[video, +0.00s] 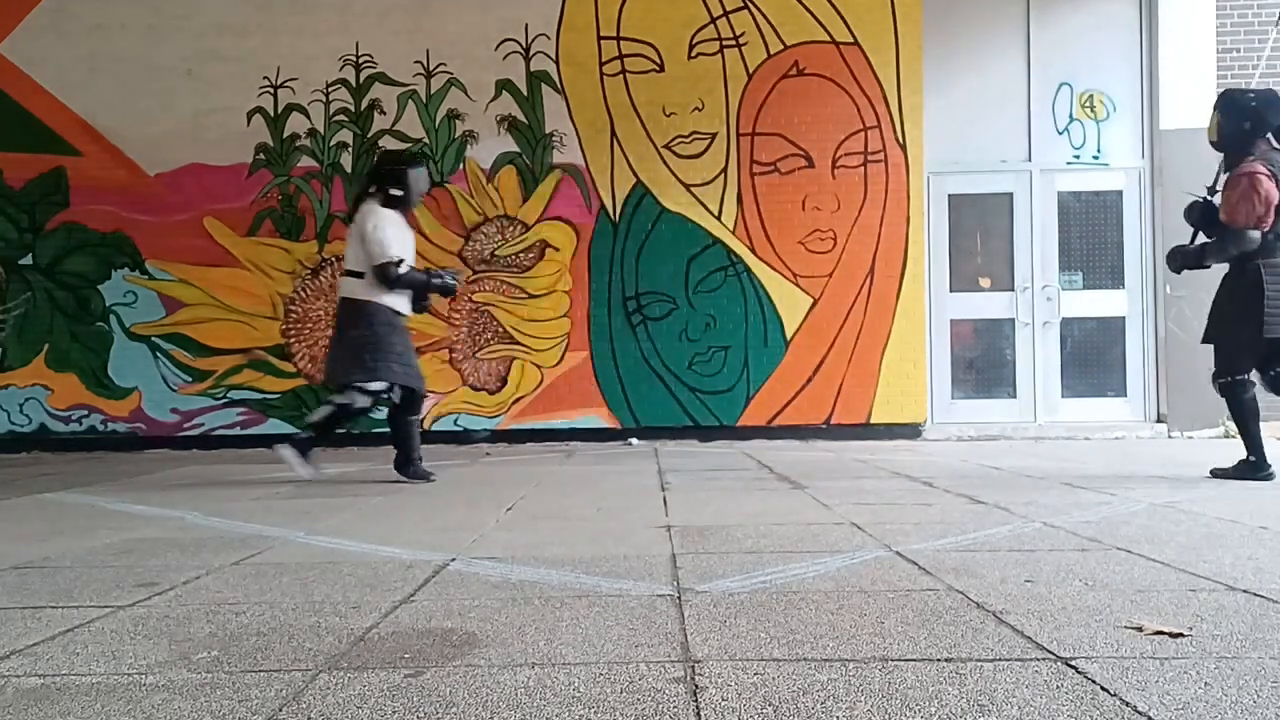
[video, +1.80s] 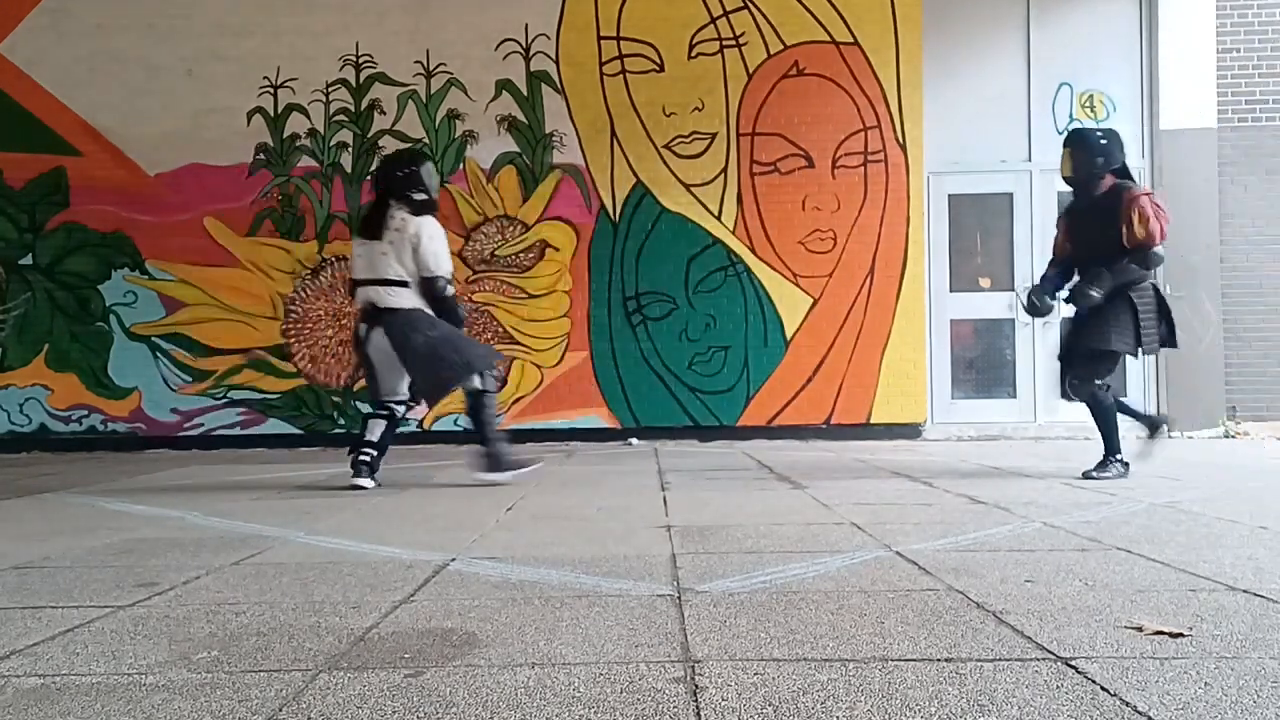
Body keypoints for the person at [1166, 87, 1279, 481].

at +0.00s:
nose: (1213, 129)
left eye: (1219, 121)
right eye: (1214, 120)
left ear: (1241, 126)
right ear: (1256, 126)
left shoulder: (1249, 175)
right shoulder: (1269, 167)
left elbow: (1242, 242)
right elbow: (1259, 233)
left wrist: (1192, 255)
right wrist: (1214, 223)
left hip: (1252, 284)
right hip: (1273, 281)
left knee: (1231, 372)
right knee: (1273, 373)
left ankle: (1256, 459)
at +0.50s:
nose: (1183, 147)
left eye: (1190, 140)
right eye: (1183, 139)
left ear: (1212, 143)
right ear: (1225, 145)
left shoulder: (1222, 185)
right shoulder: (1242, 179)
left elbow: (1208, 249)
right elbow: (1227, 239)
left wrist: (1161, 262)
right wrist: (1183, 229)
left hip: (1225, 287)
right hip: (1247, 285)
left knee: (1172, 359)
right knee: (1230, 370)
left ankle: (1220, 439)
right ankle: (1260, 452)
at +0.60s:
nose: (1176, 150)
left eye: (1183, 142)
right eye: (1176, 141)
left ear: (1207, 146)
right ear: (1216, 147)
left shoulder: (1217, 187)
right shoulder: (1228, 180)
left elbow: (1201, 249)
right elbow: (1216, 242)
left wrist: (1153, 264)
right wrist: (1171, 232)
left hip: (1218, 289)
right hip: (1237, 288)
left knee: (1169, 361)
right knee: (1224, 370)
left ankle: (1174, 449)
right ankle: (1259, 451)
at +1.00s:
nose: (1130, 156)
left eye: (1136, 149)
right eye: (1131, 148)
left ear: (1158, 154)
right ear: (1166, 155)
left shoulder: (1169, 195)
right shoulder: (1176, 189)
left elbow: (1152, 254)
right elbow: (1162, 244)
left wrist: (1105, 272)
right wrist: (1126, 242)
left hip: (1168, 297)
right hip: (1180, 296)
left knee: (1116, 373)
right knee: (1177, 383)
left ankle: (1120, 459)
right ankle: (1246, 442)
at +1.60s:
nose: (1093, 166)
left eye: (1100, 158)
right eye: (1094, 158)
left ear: (1125, 162)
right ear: (1125, 164)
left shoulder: (1146, 206)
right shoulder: (1121, 202)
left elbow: (1132, 265)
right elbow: (1113, 259)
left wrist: (1074, 280)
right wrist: (1080, 260)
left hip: (1152, 303)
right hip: (1145, 302)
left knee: (1102, 369)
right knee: (1167, 385)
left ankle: (1114, 458)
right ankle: (1222, 452)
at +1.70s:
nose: (1081, 166)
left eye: (1088, 158)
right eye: (1081, 158)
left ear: (1113, 162)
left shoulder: (1139, 202)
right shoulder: (1100, 208)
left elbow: (1139, 265)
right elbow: (1086, 265)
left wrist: (1082, 283)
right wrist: (1047, 270)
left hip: (1137, 299)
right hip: (1120, 299)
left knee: (1090, 375)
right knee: (1140, 390)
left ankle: (1114, 459)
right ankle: (1209, 440)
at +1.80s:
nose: (1068, 167)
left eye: (1075, 159)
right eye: (1067, 159)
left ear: (1099, 160)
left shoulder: (1132, 200)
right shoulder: (1075, 211)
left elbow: (1148, 257)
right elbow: (1063, 260)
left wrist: (1102, 281)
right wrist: (1046, 288)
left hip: (1123, 299)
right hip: (1090, 302)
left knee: (1089, 378)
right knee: (1077, 383)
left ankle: (1115, 459)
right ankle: (1150, 421)